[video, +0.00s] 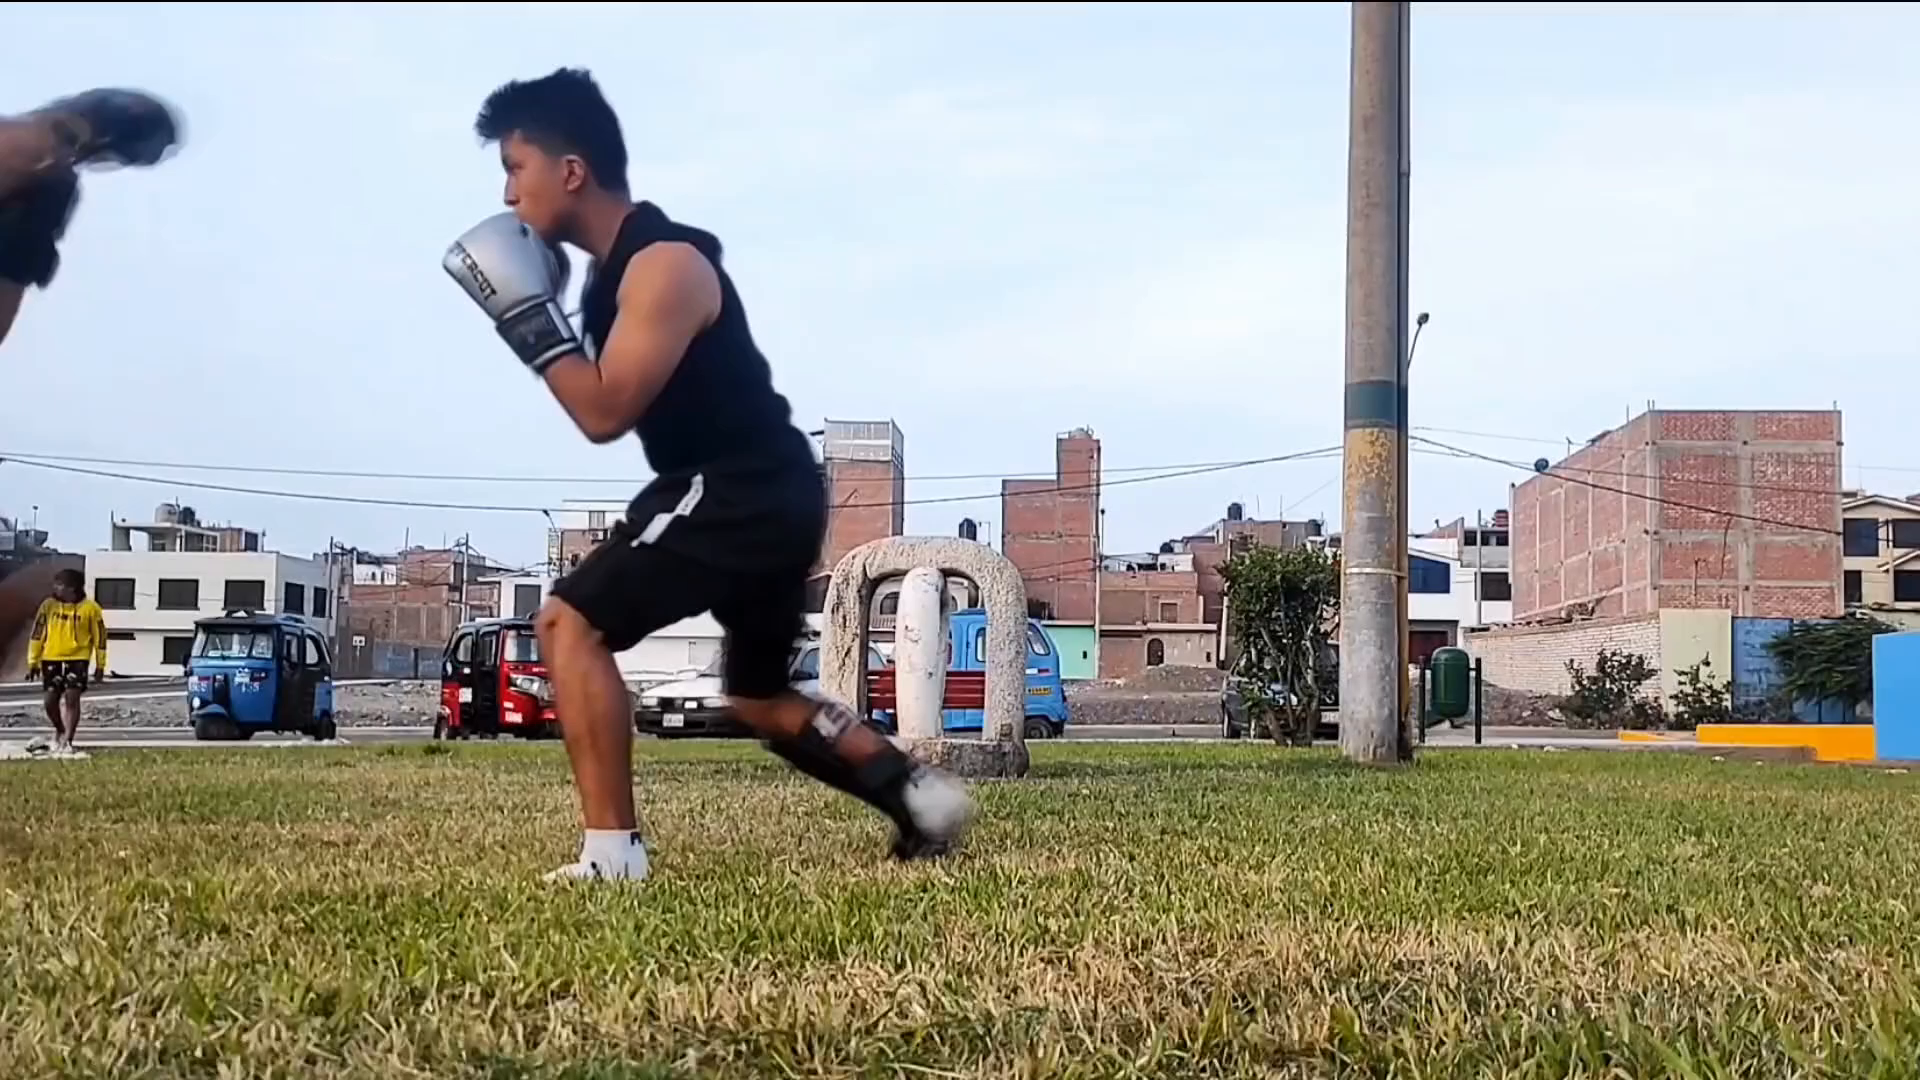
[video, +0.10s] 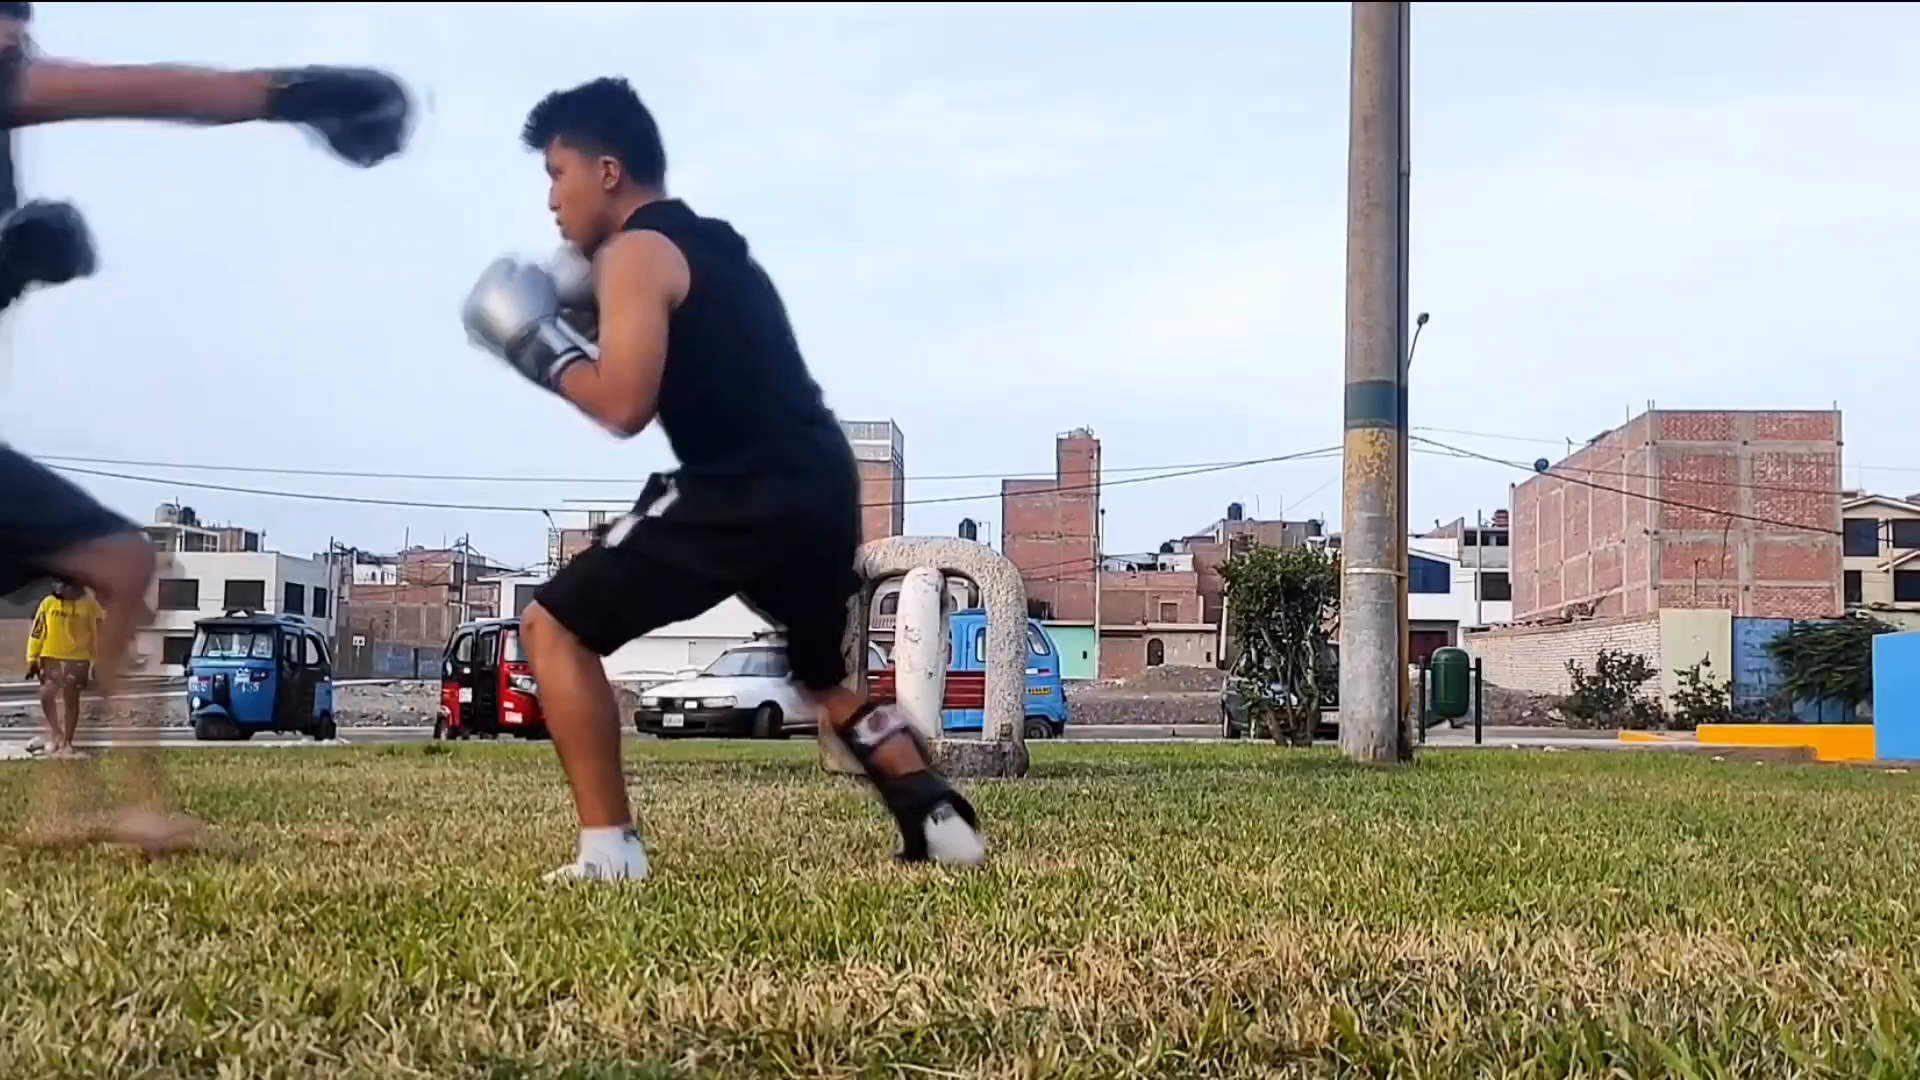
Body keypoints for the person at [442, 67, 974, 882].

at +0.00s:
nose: (507, 193)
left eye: (515, 169)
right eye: (505, 173)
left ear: (572, 169)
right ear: (573, 173)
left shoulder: (665, 264)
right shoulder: (626, 268)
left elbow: (602, 414)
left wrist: (525, 316)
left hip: (734, 489)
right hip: (777, 488)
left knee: (570, 622)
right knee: (759, 696)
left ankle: (611, 854)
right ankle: (920, 800)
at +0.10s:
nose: (550, 198)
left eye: (557, 174)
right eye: (549, 176)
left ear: (610, 173)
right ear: (623, 172)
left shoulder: (637, 251)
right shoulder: (709, 239)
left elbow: (622, 406)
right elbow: (699, 364)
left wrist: (528, 341)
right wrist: (595, 312)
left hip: (741, 498)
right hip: (824, 493)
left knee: (555, 626)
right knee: (828, 680)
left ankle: (607, 851)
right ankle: (940, 821)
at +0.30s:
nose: (693, 180)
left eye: (698, 159)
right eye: (692, 160)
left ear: (741, 155)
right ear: (777, 159)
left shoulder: (719, 214)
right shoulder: (857, 240)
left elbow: (710, 317)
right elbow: (856, 362)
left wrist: (646, 355)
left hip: (758, 476)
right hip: (870, 488)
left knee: (608, 623)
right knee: (903, 661)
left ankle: (592, 847)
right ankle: (994, 828)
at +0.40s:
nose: (762, 129)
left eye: (767, 108)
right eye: (759, 111)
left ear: (811, 97)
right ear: (836, 100)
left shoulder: (818, 165)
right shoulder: (905, 181)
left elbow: (728, 294)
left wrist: (691, 216)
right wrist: (726, 229)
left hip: (852, 431)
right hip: (940, 439)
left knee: (715, 623)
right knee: (931, 645)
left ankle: (643, 829)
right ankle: (1002, 828)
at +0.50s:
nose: (813, 75)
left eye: (816, 57)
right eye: (810, 61)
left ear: (853, 51)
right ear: (891, 50)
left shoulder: (854, 120)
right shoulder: (958, 130)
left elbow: (724, 207)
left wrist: (733, 94)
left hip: (934, 402)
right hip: (1022, 404)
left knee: (828, 590)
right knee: (1012, 602)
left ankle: (853, 818)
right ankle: (1045, 812)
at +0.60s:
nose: (870, 72)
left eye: (872, 52)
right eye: (868, 56)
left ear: (906, 41)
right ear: (950, 40)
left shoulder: (901, 121)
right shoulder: (1029, 124)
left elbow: (768, 184)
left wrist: (779, 68)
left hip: (985, 401)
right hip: (1079, 396)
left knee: (911, 614)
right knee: (1086, 584)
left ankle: (977, 835)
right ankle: (1175, 771)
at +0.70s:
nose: (933, 103)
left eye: (934, 80)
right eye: (928, 83)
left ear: (975, 66)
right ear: (1013, 63)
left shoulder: (980, 152)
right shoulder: (1097, 153)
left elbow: (850, 231)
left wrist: (847, 122)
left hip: (1031, 441)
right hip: (1130, 439)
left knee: (934, 633)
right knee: (1181, 609)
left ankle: (987, 852)